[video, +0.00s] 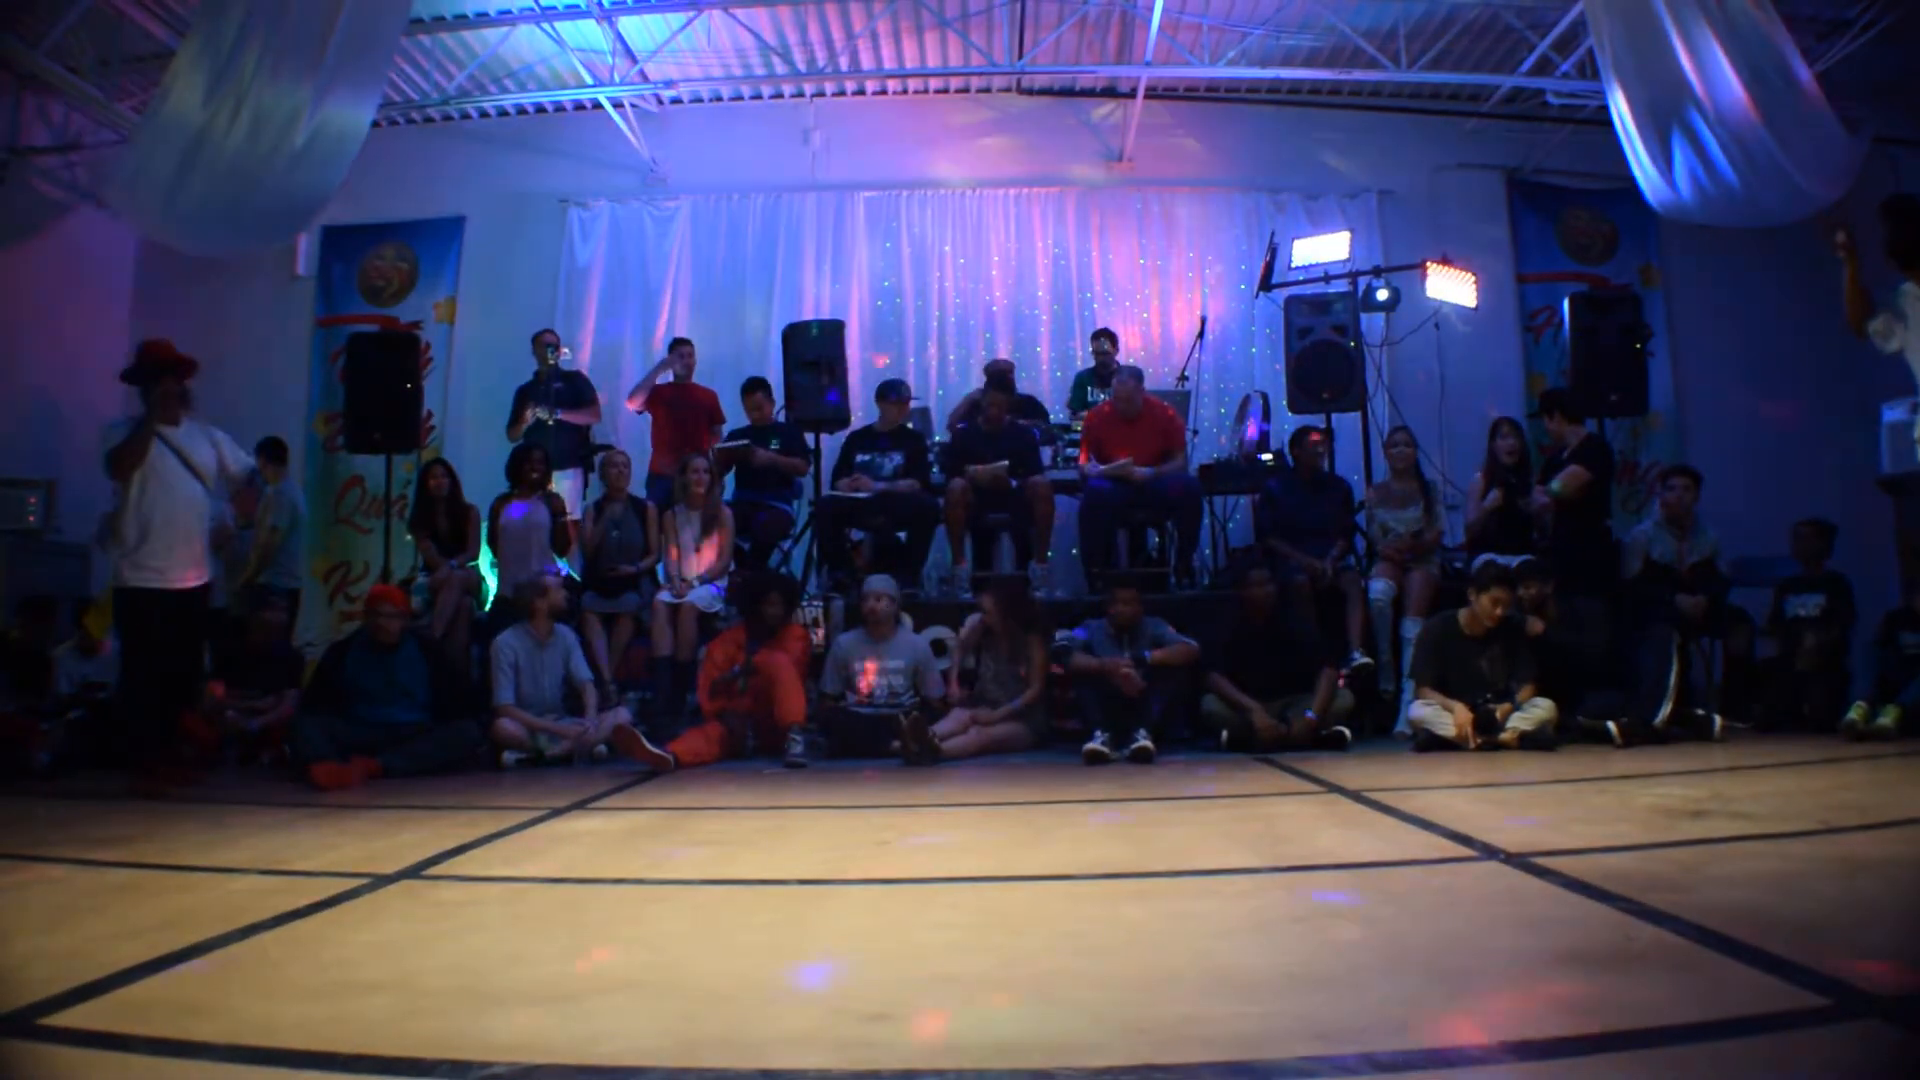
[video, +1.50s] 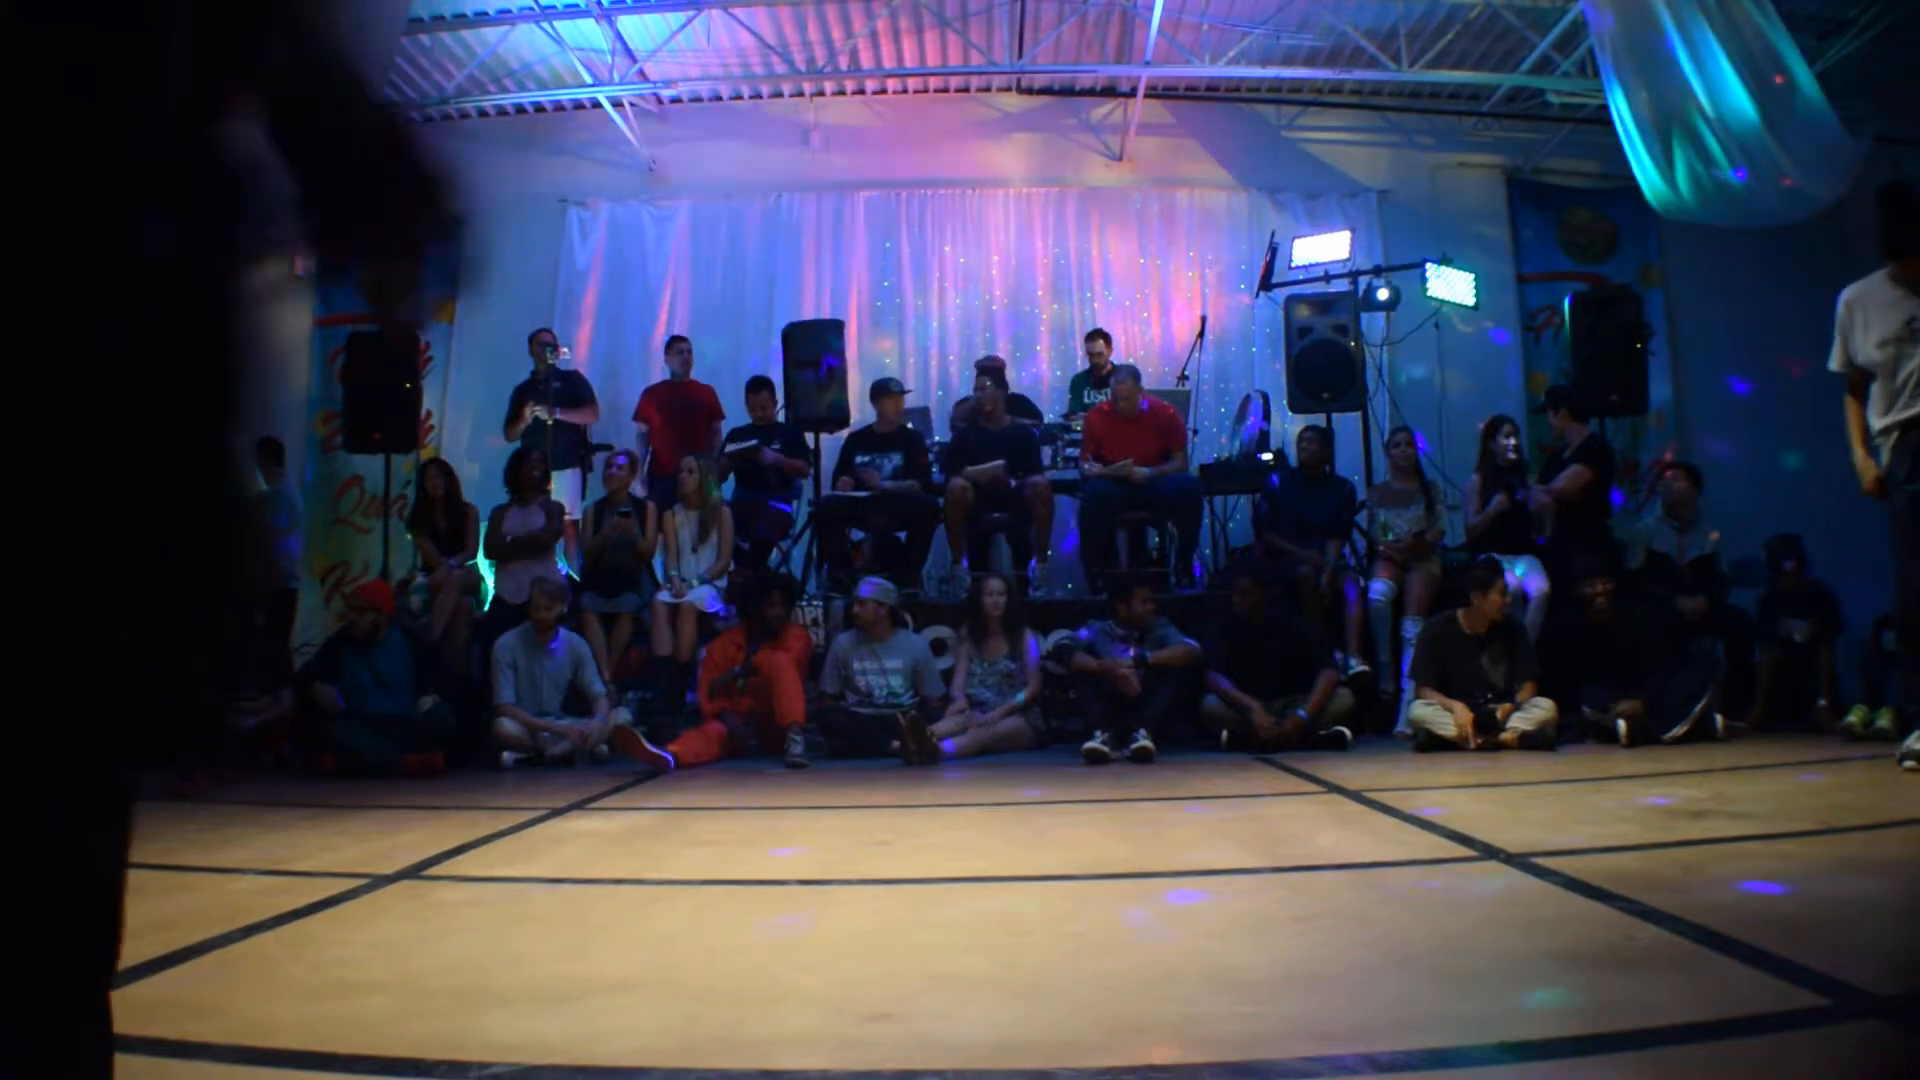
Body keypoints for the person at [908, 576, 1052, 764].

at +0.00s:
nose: (983, 618)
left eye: (988, 612)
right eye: (983, 612)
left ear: (1007, 612)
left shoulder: (1030, 638)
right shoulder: (979, 627)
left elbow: (1036, 690)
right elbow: (959, 647)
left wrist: (996, 714)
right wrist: (954, 684)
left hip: (1021, 713)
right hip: (985, 704)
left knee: (979, 736)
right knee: (961, 715)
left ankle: (934, 752)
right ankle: (922, 738)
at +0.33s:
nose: (981, 613)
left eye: (987, 606)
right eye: (978, 606)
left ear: (1001, 605)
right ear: (973, 606)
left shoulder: (1020, 636)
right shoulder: (970, 633)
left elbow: (1031, 682)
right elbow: (957, 669)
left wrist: (995, 714)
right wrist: (956, 700)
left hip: (1013, 713)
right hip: (975, 708)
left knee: (981, 736)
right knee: (952, 726)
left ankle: (934, 752)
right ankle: (925, 738)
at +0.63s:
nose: (986, 607)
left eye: (991, 600)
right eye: (979, 601)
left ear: (1000, 602)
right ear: (970, 605)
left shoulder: (1017, 638)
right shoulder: (963, 641)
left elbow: (1026, 689)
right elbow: (954, 691)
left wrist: (991, 715)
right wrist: (968, 713)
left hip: (1011, 712)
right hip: (973, 711)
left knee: (981, 737)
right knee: (957, 724)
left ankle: (933, 751)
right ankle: (920, 737)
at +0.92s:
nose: (991, 604)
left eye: (995, 597)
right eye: (984, 598)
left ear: (1002, 601)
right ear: (972, 603)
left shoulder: (1018, 637)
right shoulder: (964, 641)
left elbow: (1026, 687)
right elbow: (956, 690)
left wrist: (989, 715)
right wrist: (960, 703)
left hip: (1012, 709)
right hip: (974, 709)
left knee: (986, 736)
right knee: (951, 725)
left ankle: (935, 752)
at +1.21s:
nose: (999, 601)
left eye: (1003, 595)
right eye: (992, 595)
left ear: (1008, 599)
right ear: (978, 600)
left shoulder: (1021, 636)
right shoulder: (967, 637)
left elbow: (1026, 686)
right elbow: (957, 685)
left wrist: (992, 714)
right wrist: (960, 702)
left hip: (1010, 708)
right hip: (975, 708)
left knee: (981, 736)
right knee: (950, 725)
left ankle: (935, 751)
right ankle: (920, 739)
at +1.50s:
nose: (996, 600)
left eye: (1001, 595)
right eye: (989, 595)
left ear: (1008, 599)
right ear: (979, 599)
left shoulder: (1024, 636)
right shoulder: (969, 636)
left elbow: (1034, 687)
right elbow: (957, 686)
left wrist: (996, 714)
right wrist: (962, 703)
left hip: (1013, 710)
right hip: (977, 710)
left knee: (981, 736)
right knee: (958, 721)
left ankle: (935, 752)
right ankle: (922, 736)